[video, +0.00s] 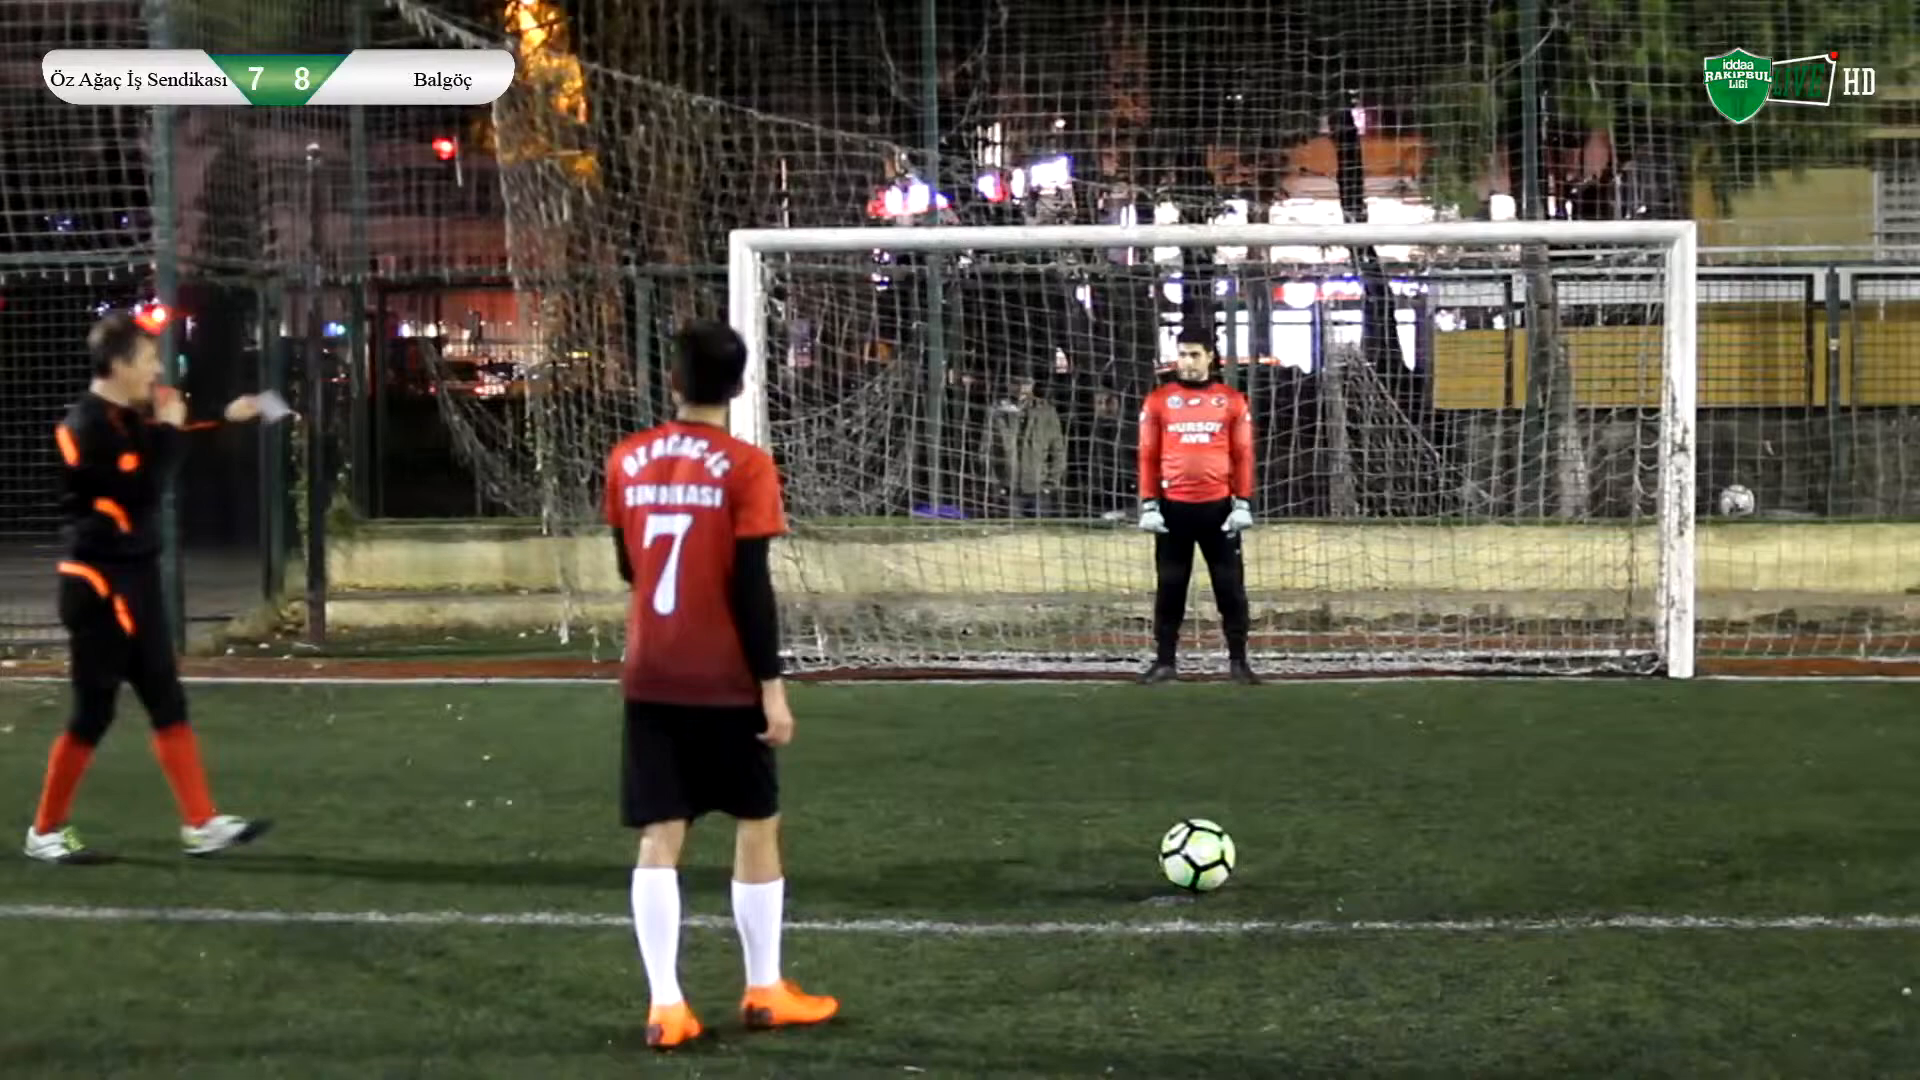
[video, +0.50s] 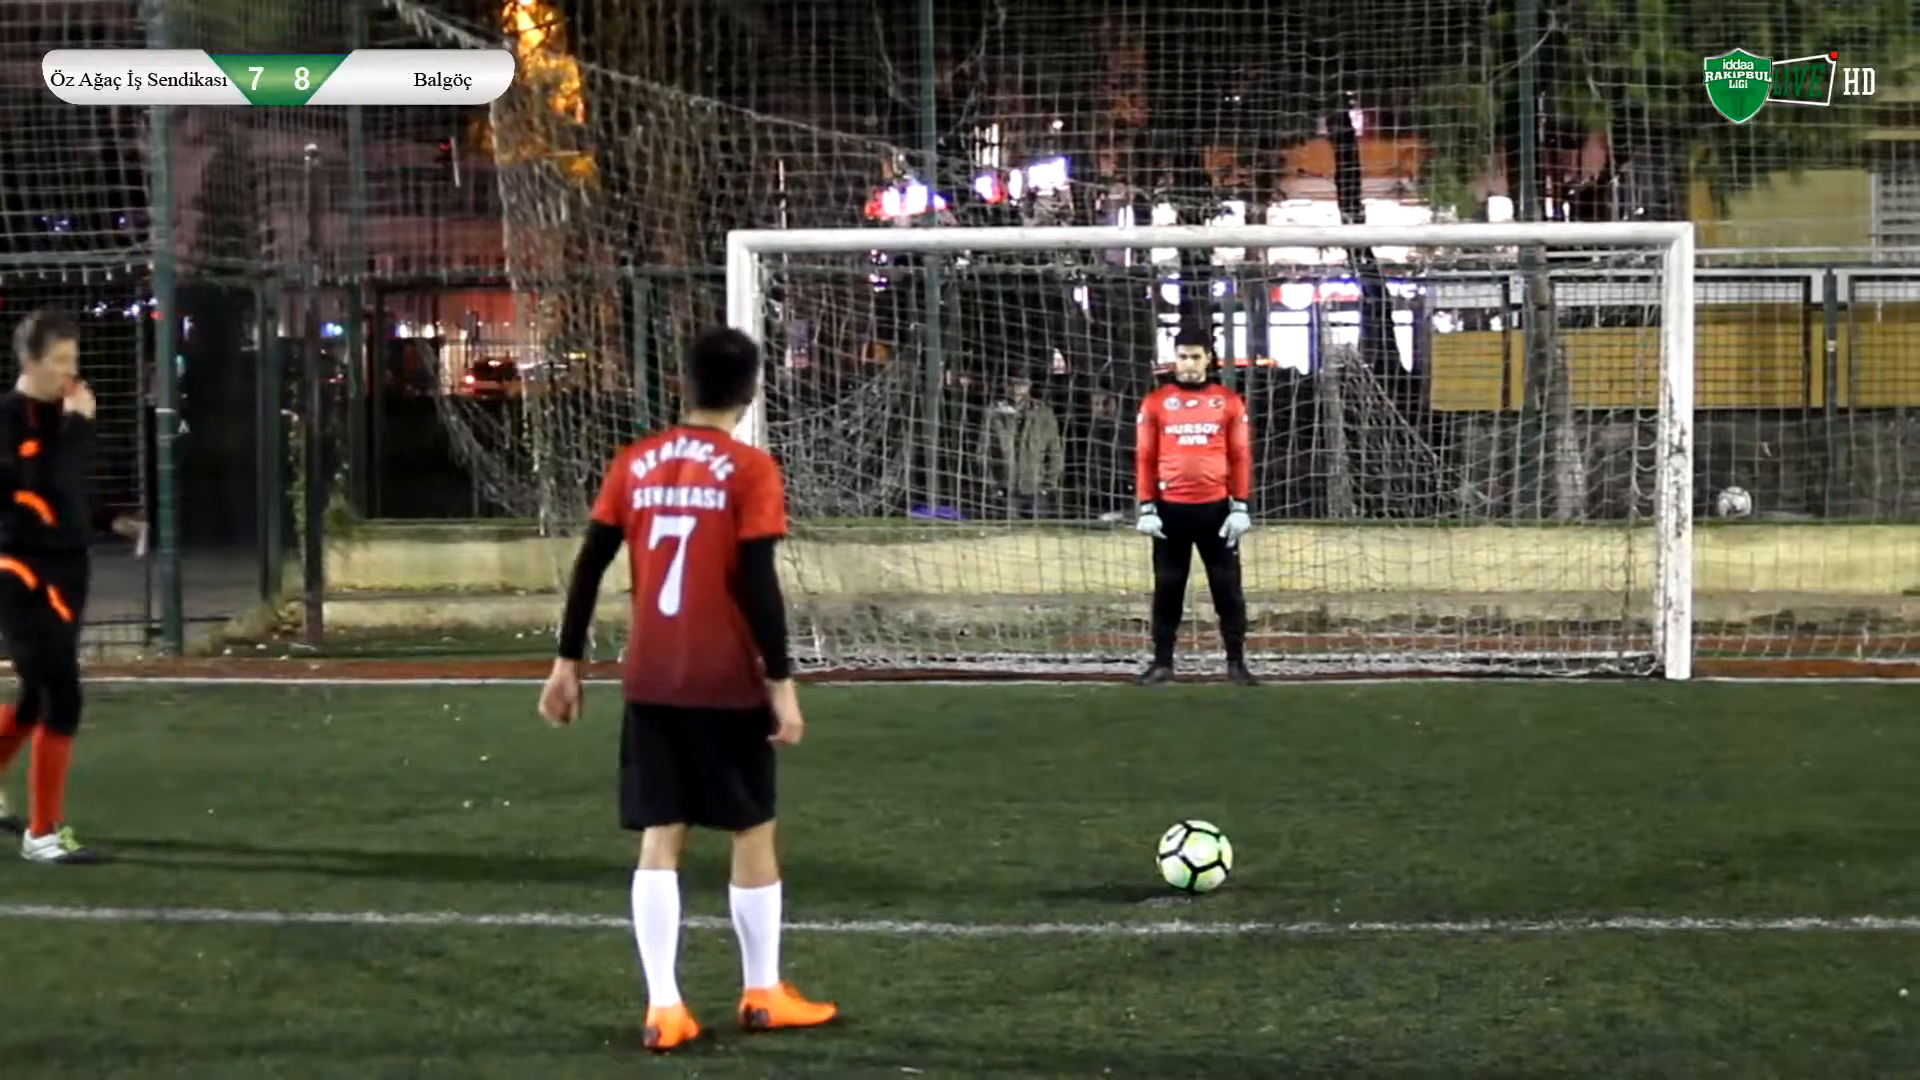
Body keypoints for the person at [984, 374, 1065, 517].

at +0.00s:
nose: (1020, 389)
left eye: (1026, 383)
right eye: (1015, 383)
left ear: (1034, 386)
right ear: (1008, 385)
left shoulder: (1047, 412)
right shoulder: (998, 412)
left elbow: (1058, 451)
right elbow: (986, 451)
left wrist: (1051, 484)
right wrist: (995, 485)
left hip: (1040, 492)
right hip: (1009, 492)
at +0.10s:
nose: (1021, 389)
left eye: (1026, 383)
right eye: (1016, 383)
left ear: (1034, 385)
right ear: (1008, 385)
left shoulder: (1047, 412)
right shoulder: (998, 411)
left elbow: (1058, 450)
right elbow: (987, 451)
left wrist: (1051, 483)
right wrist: (996, 485)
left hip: (1040, 491)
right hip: (1009, 492)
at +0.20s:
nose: (1020, 389)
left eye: (1025, 383)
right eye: (1015, 383)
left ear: (1032, 385)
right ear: (1007, 385)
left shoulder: (1046, 412)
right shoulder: (997, 411)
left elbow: (1057, 450)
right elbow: (985, 451)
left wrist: (1050, 483)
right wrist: (995, 484)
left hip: (1039, 490)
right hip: (1008, 491)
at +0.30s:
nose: (1018, 390)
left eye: (1023, 384)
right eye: (1013, 384)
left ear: (1031, 386)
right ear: (1006, 386)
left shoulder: (1045, 413)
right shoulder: (996, 412)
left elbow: (1055, 450)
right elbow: (984, 452)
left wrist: (1049, 484)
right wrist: (993, 485)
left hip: (1038, 492)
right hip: (1007, 492)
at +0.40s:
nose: (1017, 390)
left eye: (1022, 384)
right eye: (1012, 384)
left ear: (1030, 386)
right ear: (1006, 386)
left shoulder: (1045, 413)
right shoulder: (995, 412)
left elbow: (1055, 451)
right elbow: (983, 452)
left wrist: (1049, 484)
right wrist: (993, 486)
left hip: (1038, 492)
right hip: (1006, 493)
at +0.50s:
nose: (1015, 390)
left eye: (1021, 385)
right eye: (1011, 384)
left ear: (1030, 387)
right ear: (1005, 387)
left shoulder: (1044, 414)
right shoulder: (995, 413)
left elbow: (1055, 451)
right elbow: (983, 452)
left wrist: (1049, 484)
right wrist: (992, 486)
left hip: (1037, 491)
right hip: (1006, 492)